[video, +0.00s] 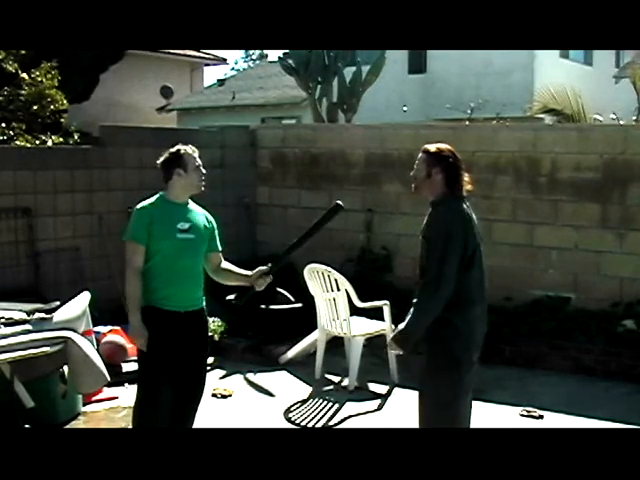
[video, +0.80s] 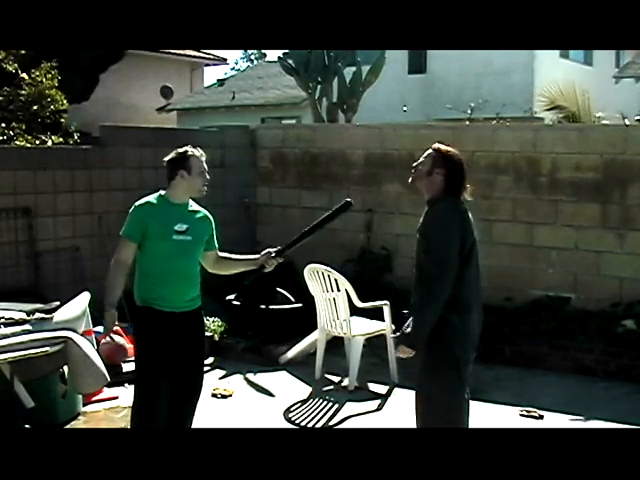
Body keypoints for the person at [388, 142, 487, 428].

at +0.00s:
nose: (413, 177)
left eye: (418, 171)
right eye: (414, 170)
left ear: (437, 175)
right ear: (438, 175)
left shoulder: (447, 217)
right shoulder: (452, 212)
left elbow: (437, 287)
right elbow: (437, 285)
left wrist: (405, 335)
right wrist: (408, 330)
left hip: (451, 336)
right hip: (455, 334)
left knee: (439, 415)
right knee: (446, 413)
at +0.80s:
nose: (413, 175)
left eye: (420, 170)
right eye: (416, 168)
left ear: (437, 177)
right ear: (438, 178)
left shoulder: (443, 216)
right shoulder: (449, 212)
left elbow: (436, 283)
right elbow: (437, 280)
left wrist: (413, 338)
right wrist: (415, 323)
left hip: (447, 332)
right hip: (451, 329)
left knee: (437, 409)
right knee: (443, 407)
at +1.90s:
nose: (409, 171)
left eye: (415, 167)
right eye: (411, 165)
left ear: (434, 176)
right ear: (433, 177)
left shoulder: (446, 219)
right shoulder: (438, 214)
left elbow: (448, 289)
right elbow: (439, 285)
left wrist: (435, 347)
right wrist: (425, 338)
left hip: (444, 339)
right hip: (436, 336)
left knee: (437, 415)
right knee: (435, 413)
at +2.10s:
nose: (409, 177)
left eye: (415, 171)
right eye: (410, 170)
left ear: (434, 175)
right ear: (433, 175)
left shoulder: (444, 218)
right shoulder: (441, 214)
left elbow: (428, 285)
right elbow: (429, 282)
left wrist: (400, 337)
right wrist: (402, 332)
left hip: (443, 330)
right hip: (444, 327)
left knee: (434, 405)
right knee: (440, 402)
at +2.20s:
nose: (408, 177)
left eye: (414, 171)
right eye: (409, 170)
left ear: (433, 176)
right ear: (432, 176)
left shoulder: (445, 218)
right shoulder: (441, 214)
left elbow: (432, 282)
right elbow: (429, 279)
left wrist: (397, 330)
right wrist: (399, 325)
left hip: (445, 330)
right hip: (444, 327)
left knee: (435, 406)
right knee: (439, 404)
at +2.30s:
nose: (407, 180)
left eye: (413, 173)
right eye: (409, 173)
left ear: (432, 177)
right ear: (431, 177)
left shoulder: (445, 218)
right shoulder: (440, 215)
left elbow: (434, 282)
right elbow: (429, 279)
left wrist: (399, 325)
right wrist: (401, 322)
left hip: (446, 328)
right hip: (442, 325)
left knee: (434, 403)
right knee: (441, 400)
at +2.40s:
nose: (407, 179)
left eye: (412, 173)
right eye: (408, 172)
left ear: (431, 177)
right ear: (432, 178)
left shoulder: (441, 218)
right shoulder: (449, 213)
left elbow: (429, 283)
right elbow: (431, 280)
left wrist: (403, 332)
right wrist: (407, 328)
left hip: (442, 334)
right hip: (449, 330)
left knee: (434, 410)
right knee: (442, 408)